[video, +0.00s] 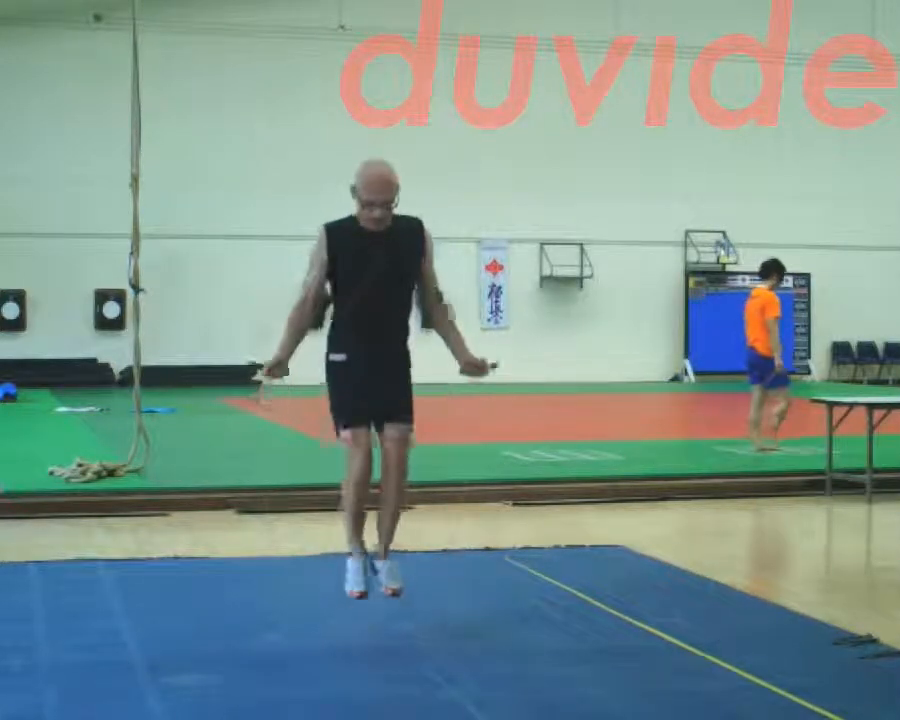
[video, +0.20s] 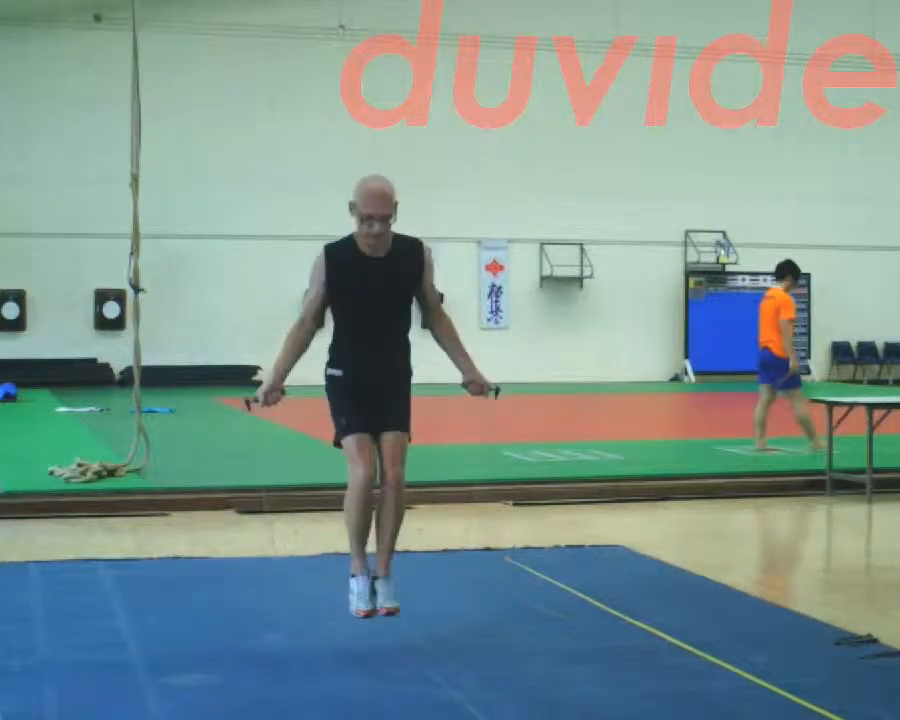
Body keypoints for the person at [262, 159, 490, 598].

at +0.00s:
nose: (379, 213)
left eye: (386, 205)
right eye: (370, 205)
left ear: (396, 198)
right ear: (355, 197)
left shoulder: (415, 235)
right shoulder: (332, 237)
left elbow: (433, 304)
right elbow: (309, 302)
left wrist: (464, 357)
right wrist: (282, 355)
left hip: (392, 354)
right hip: (347, 355)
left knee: (397, 446)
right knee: (359, 447)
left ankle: (384, 556)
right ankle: (355, 554)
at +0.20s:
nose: (376, 228)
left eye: (384, 220)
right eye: (367, 220)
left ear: (395, 214)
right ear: (352, 214)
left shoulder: (415, 255)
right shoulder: (332, 259)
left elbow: (435, 317)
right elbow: (307, 323)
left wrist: (469, 370)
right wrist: (276, 378)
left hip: (393, 374)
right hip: (347, 374)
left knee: (393, 473)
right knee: (364, 470)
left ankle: (384, 573)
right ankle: (359, 570)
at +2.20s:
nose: (373, 198)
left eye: (382, 190)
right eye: (364, 189)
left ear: (395, 192)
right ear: (353, 191)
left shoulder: (413, 242)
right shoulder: (332, 242)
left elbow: (425, 312)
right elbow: (313, 310)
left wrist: (454, 363)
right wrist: (287, 368)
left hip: (394, 369)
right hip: (349, 369)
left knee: (396, 466)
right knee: (353, 472)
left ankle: (388, 577)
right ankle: (351, 579)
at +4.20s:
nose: (347, 226)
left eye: (355, 218)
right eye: (339, 218)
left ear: (370, 218)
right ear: (327, 218)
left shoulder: (391, 268)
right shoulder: (308, 271)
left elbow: (409, 334)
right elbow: (293, 338)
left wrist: (445, 371)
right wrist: (272, 378)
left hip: (374, 396)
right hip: (326, 397)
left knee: (371, 502)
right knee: (339, 502)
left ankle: (361, 606)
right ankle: (334, 606)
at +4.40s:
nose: (344, 226)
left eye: (353, 218)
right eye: (336, 218)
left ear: (368, 220)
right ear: (326, 219)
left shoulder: (389, 272)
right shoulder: (307, 272)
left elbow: (404, 337)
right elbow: (286, 339)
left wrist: (433, 386)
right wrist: (265, 395)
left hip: (372, 400)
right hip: (325, 401)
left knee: (370, 501)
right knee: (332, 502)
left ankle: (364, 610)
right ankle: (331, 610)